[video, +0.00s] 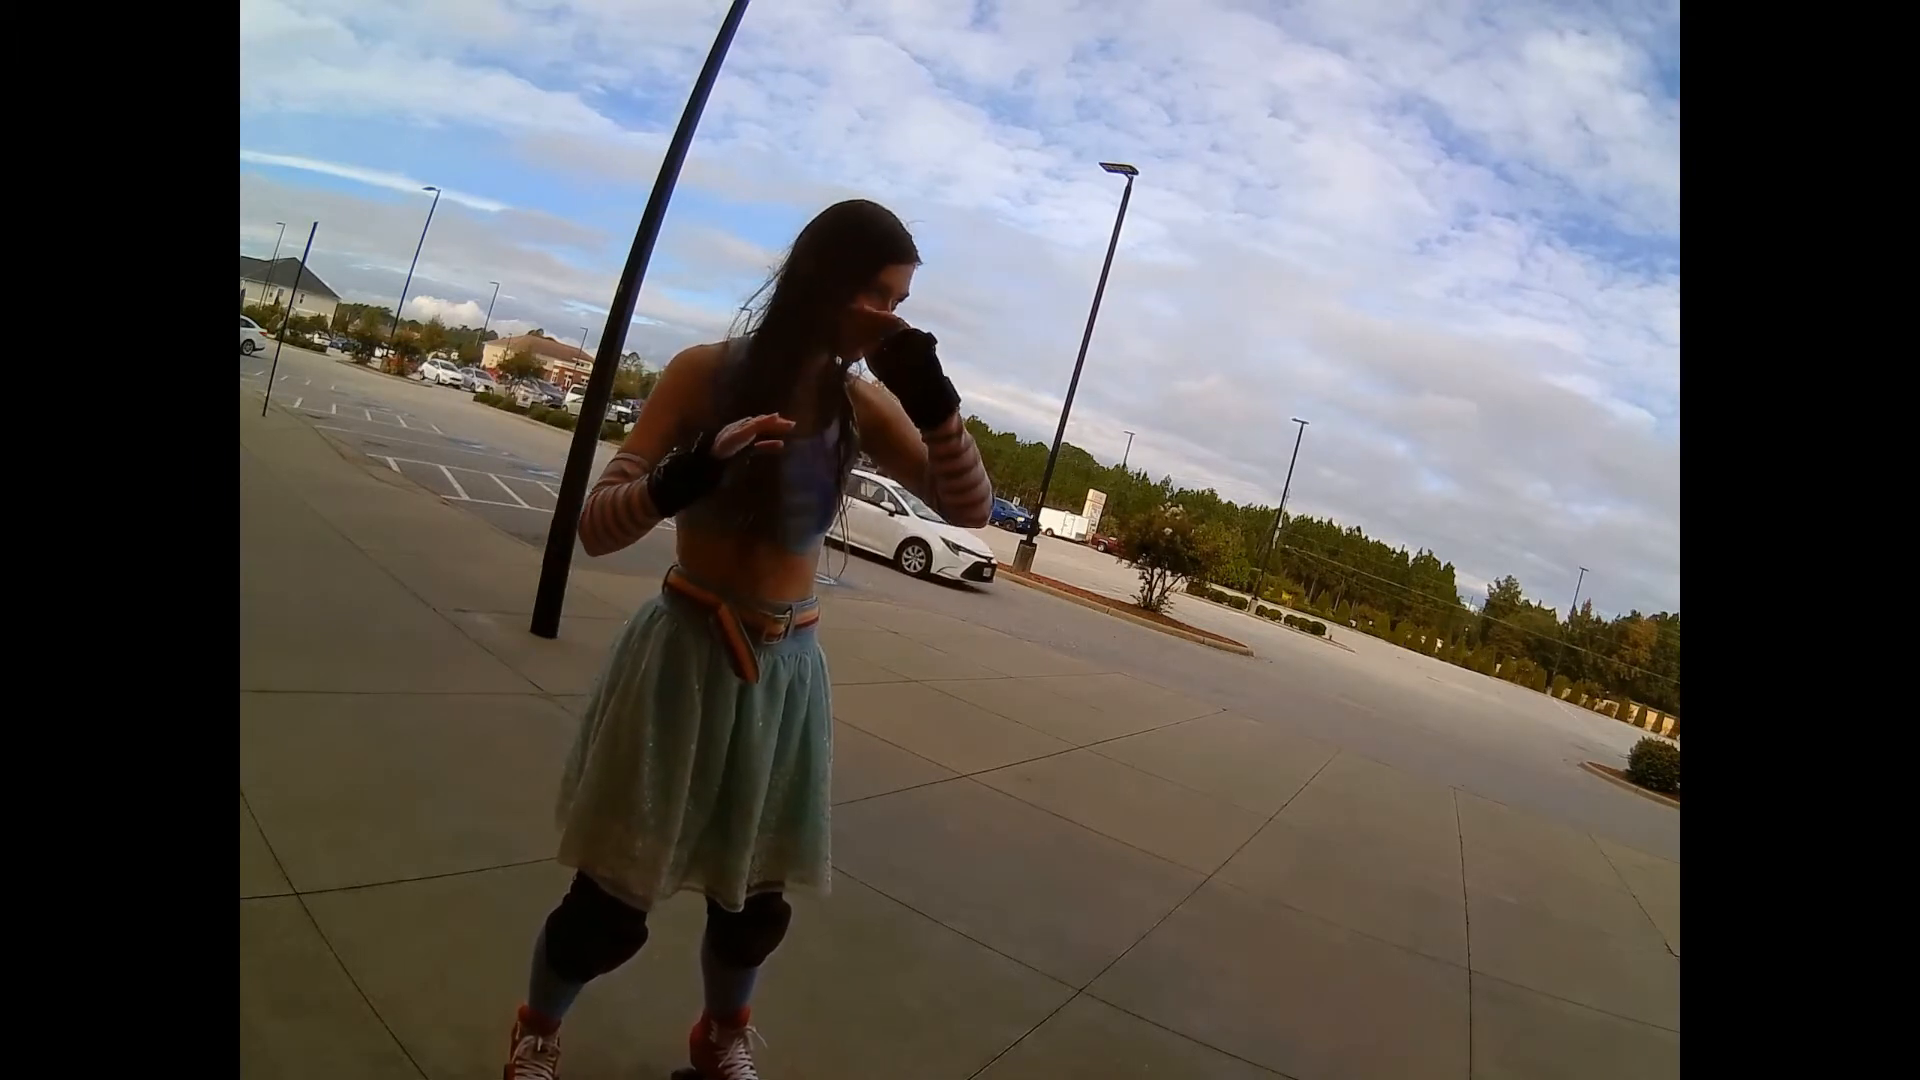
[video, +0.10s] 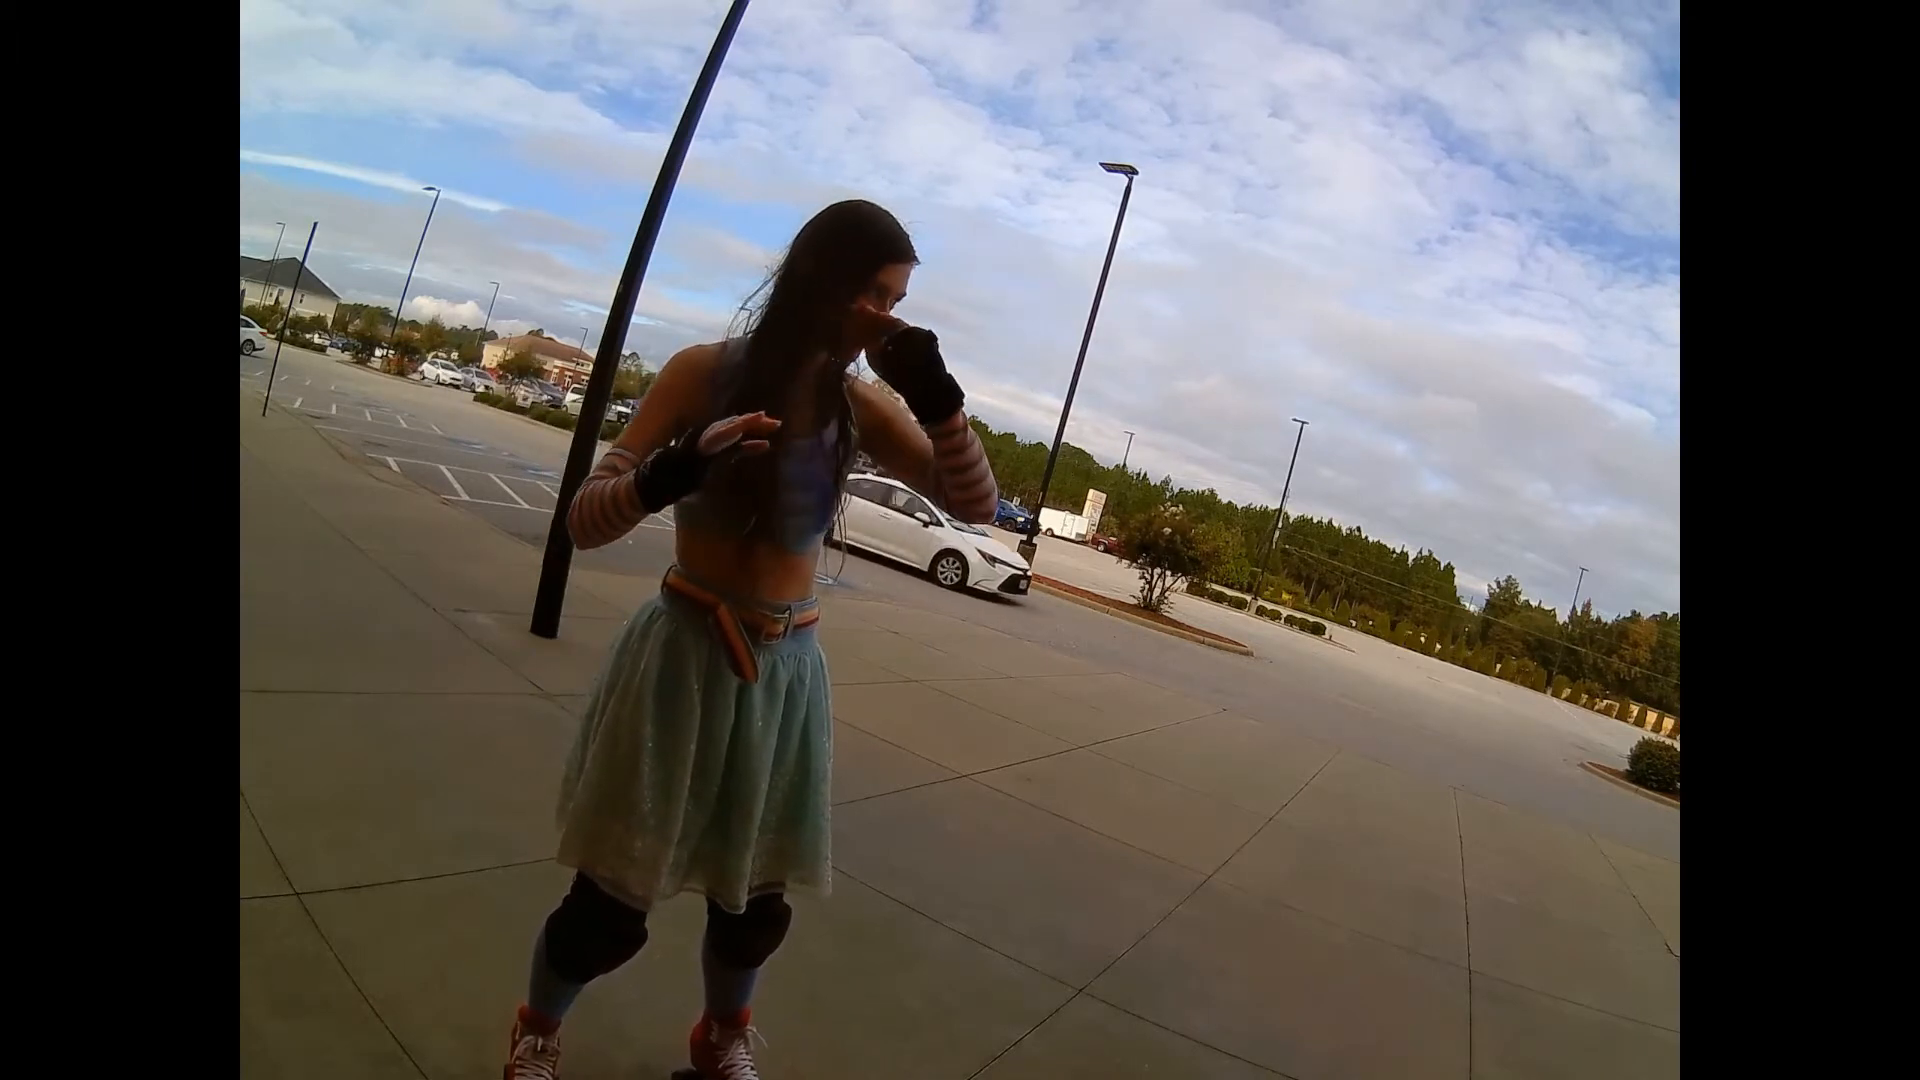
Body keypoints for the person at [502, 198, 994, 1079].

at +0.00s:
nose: (893, 318)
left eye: (902, 300)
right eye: (882, 296)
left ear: (894, 307)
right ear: (825, 286)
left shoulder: (857, 399)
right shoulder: (705, 378)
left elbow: (966, 507)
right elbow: (598, 529)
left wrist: (931, 393)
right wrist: (701, 464)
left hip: (788, 665)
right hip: (682, 649)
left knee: (756, 908)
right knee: (611, 909)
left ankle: (724, 1039)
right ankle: (537, 1034)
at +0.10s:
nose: (893, 317)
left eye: (902, 299)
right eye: (881, 295)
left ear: (889, 306)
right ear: (825, 286)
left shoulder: (855, 401)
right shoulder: (705, 377)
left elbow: (973, 504)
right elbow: (585, 522)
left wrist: (934, 391)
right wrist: (683, 463)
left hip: (787, 664)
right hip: (682, 648)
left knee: (755, 908)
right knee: (611, 909)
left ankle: (725, 1041)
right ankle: (538, 1033)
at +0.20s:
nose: (891, 318)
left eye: (899, 300)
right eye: (880, 296)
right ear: (823, 285)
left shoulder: (851, 400)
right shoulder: (702, 377)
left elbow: (973, 500)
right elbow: (578, 519)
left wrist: (936, 390)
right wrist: (670, 465)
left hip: (786, 665)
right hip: (682, 649)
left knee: (755, 910)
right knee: (611, 909)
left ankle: (725, 1042)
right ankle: (538, 1031)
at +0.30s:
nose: (889, 318)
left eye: (898, 300)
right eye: (879, 295)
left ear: (883, 306)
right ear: (822, 283)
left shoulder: (851, 400)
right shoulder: (700, 377)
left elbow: (974, 504)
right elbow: (575, 519)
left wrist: (937, 393)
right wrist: (665, 468)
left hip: (785, 665)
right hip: (681, 649)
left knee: (754, 909)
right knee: (611, 909)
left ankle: (723, 1041)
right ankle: (538, 1033)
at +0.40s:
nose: (888, 319)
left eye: (896, 300)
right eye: (878, 295)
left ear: (880, 303)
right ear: (822, 281)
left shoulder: (852, 404)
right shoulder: (701, 377)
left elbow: (971, 508)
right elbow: (574, 520)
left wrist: (934, 393)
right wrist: (664, 470)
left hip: (785, 665)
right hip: (680, 649)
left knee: (752, 909)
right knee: (610, 909)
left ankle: (722, 1043)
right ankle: (537, 1039)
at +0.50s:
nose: (885, 313)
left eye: (893, 294)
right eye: (876, 289)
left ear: (873, 297)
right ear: (821, 278)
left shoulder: (851, 400)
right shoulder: (700, 377)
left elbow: (962, 517)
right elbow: (578, 520)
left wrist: (935, 407)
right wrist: (662, 480)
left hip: (784, 663)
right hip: (679, 648)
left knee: (751, 908)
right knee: (608, 909)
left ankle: (722, 1042)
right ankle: (537, 1036)